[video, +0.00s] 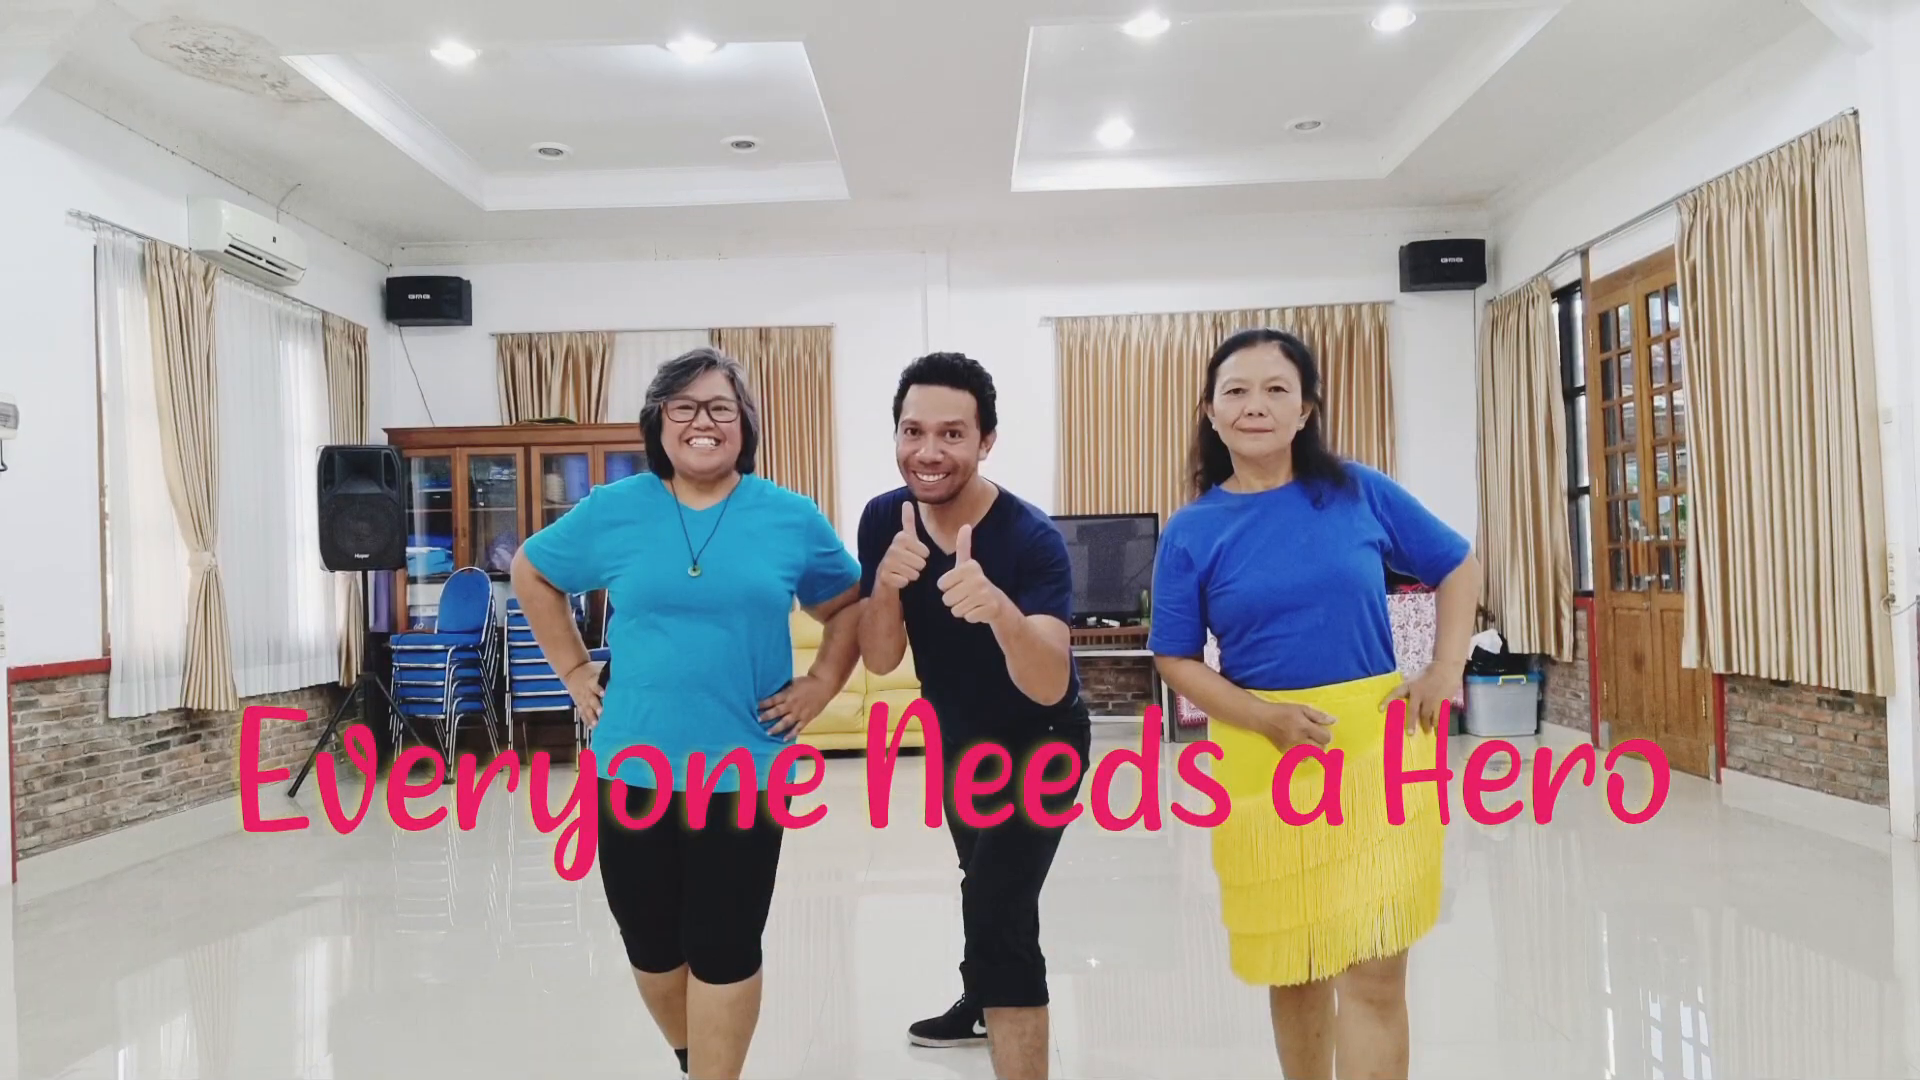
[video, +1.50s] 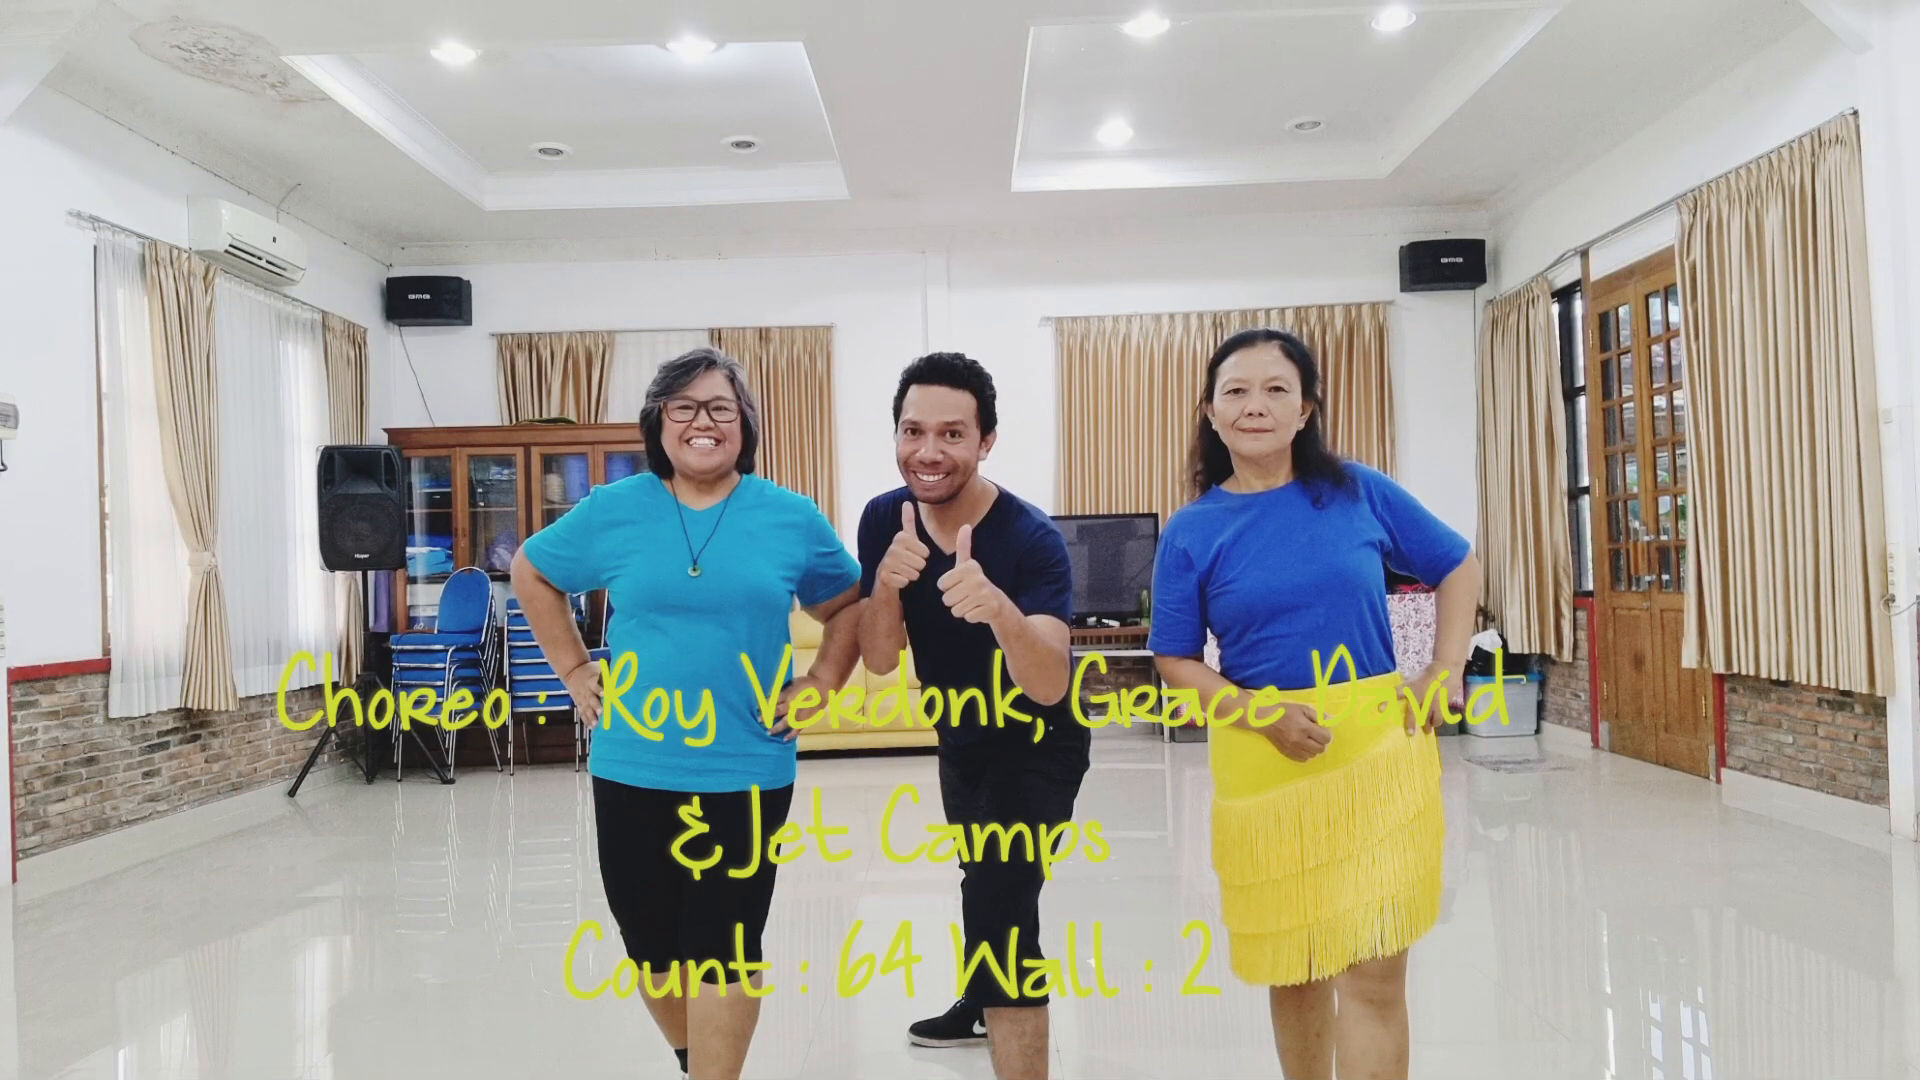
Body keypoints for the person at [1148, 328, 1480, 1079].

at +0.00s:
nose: (1254, 405)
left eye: (1276, 390)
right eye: (1234, 391)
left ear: (1305, 407)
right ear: (1212, 410)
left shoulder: (1360, 492)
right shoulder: (1192, 530)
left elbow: (1461, 564)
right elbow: (1172, 659)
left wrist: (1446, 667)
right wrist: (1261, 713)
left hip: (1378, 749)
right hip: (1263, 761)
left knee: (1377, 975)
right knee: (1296, 978)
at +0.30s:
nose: (1254, 405)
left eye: (1276, 390)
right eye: (1234, 391)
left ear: (1305, 407)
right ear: (1212, 410)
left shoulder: (1359, 491)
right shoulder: (1192, 530)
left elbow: (1460, 565)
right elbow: (1172, 661)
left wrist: (1447, 667)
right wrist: (1261, 712)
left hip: (1376, 758)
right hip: (1266, 771)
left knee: (1376, 976)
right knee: (1296, 979)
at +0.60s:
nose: (1254, 405)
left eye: (1276, 390)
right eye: (1234, 391)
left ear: (1305, 407)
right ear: (1212, 410)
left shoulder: (1359, 491)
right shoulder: (1192, 530)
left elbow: (1460, 565)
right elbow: (1172, 661)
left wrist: (1447, 667)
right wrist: (1261, 712)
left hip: (1376, 758)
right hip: (1266, 771)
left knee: (1376, 976)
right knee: (1296, 979)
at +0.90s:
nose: (1254, 405)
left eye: (1276, 390)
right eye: (1234, 391)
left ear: (1305, 408)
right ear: (1212, 410)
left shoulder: (1359, 491)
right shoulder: (1192, 530)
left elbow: (1460, 565)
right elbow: (1172, 661)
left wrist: (1447, 667)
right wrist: (1261, 713)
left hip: (1377, 758)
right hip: (1267, 771)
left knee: (1376, 976)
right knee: (1296, 978)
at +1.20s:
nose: (1254, 405)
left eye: (1276, 390)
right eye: (1234, 391)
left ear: (1305, 408)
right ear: (1212, 410)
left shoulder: (1359, 491)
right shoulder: (1192, 530)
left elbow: (1460, 565)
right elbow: (1172, 661)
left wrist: (1447, 667)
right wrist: (1261, 713)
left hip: (1377, 758)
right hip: (1267, 770)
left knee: (1376, 976)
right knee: (1296, 978)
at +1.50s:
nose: (1254, 405)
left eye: (1276, 390)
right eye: (1234, 391)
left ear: (1305, 408)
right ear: (1212, 410)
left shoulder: (1359, 491)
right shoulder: (1192, 530)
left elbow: (1460, 565)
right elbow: (1172, 661)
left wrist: (1447, 667)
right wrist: (1261, 713)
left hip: (1377, 758)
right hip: (1267, 770)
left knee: (1377, 976)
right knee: (1296, 978)